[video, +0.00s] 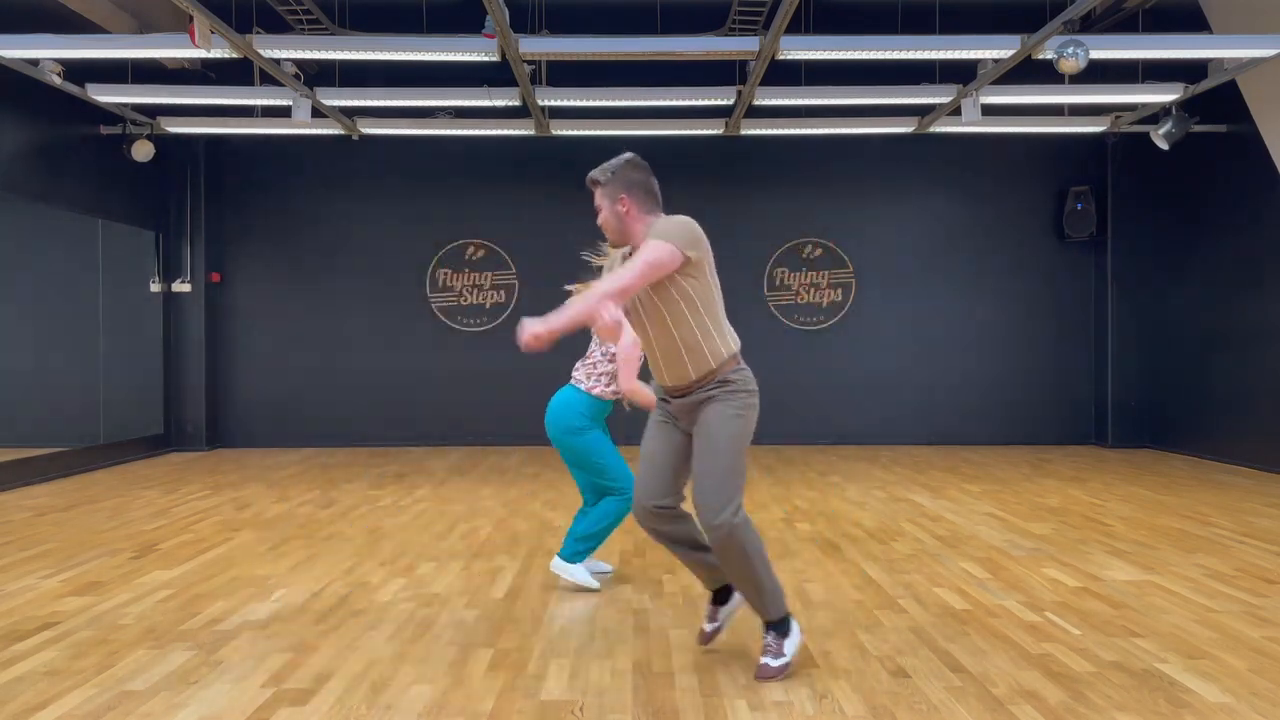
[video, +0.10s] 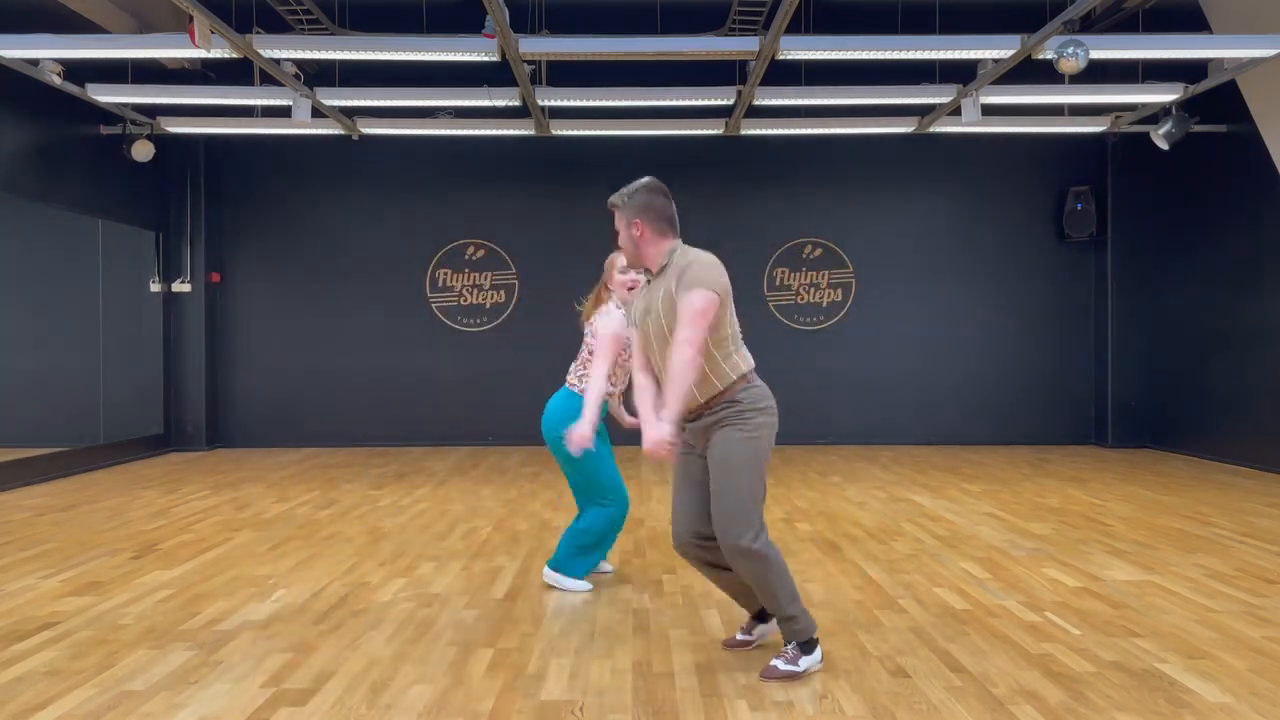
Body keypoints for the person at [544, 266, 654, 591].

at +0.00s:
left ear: (623, 288)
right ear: (638, 294)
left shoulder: (610, 318)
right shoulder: (631, 329)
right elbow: (628, 386)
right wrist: (663, 405)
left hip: (569, 408)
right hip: (578, 415)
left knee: (596, 495)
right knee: (624, 490)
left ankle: (576, 554)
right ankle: (570, 558)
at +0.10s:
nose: (634, 276)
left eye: (638, 269)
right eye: (623, 270)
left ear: (647, 276)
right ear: (608, 282)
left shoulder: (628, 319)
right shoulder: (610, 318)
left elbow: (614, 374)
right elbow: (599, 368)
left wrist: (621, 415)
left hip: (583, 408)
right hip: (571, 410)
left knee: (601, 494)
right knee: (613, 500)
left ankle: (587, 556)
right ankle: (563, 566)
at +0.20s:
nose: (621, 247)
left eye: (626, 241)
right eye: (611, 241)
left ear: (635, 251)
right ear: (597, 252)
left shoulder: (621, 295)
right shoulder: (599, 283)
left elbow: (604, 342)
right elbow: (566, 302)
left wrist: (627, 365)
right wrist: (532, 320)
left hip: (586, 396)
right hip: (571, 396)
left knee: (589, 478)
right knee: (588, 480)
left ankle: (588, 556)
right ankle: (562, 563)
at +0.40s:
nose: (592, 229)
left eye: (601, 223)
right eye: (585, 222)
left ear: (615, 233)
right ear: (574, 230)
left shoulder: (614, 277)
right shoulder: (571, 267)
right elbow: (527, 267)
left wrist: (652, 298)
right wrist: (523, 219)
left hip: (566, 382)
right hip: (550, 382)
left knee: (575, 465)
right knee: (599, 467)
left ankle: (549, 534)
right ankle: (546, 551)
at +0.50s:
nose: (579, 253)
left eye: (587, 245)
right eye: (570, 245)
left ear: (603, 253)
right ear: (561, 254)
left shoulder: (607, 300)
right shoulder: (559, 296)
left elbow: (634, 326)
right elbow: (517, 317)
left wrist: (672, 304)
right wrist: (522, 267)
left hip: (562, 406)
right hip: (541, 404)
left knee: (582, 493)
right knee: (589, 490)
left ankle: (564, 588)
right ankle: (546, 590)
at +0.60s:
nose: (565, 273)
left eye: (574, 265)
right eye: (557, 266)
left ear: (588, 274)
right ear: (548, 276)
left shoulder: (588, 324)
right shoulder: (545, 321)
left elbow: (621, 345)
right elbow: (502, 360)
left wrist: (653, 319)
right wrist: (508, 312)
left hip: (553, 427)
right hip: (534, 424)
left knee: (561, 512)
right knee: (593, 506)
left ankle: (553, 601)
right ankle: (544, 604)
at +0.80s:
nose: (542, 236)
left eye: (551, 229)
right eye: (534, 229)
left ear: (567, 235)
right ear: (523, 235)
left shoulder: (569, 283)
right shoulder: (517, 280)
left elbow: (595, 328)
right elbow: (489, 344)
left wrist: (641, 302)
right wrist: (490, 319)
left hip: (535, 392)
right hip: (504, 391)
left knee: (570, 474)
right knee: (561, 472)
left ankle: (541, 574)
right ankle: (535, 577)